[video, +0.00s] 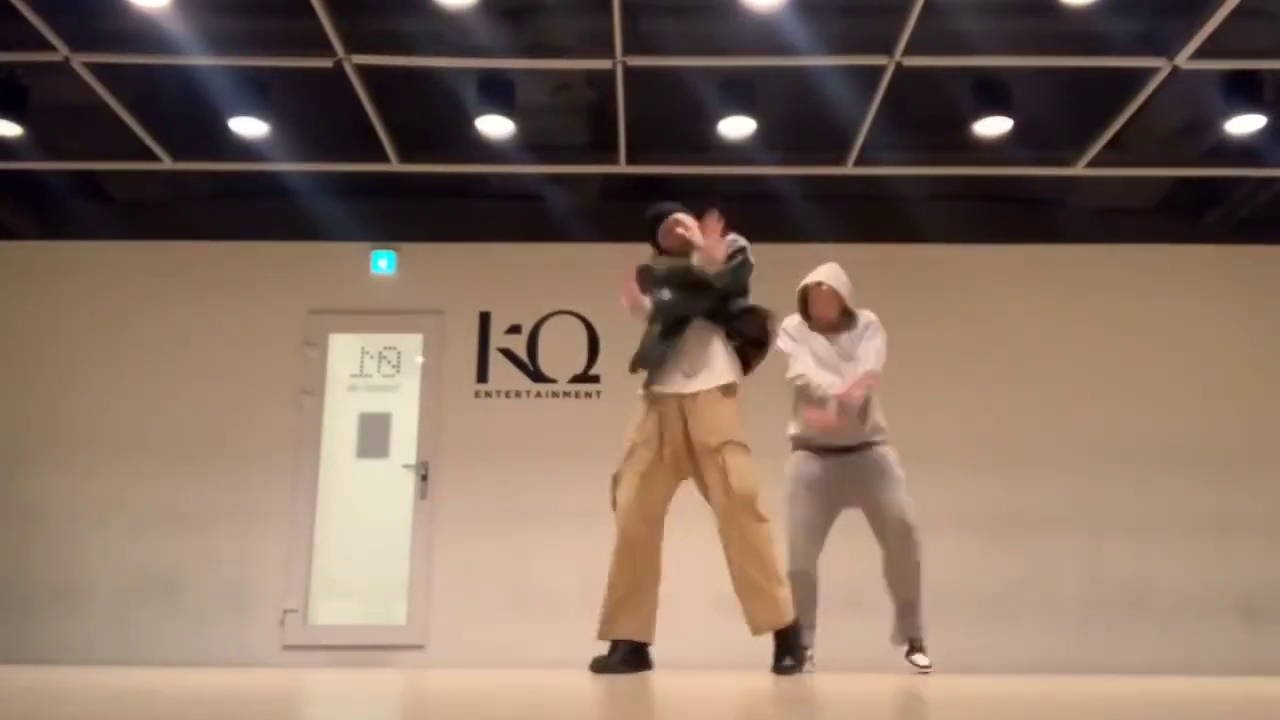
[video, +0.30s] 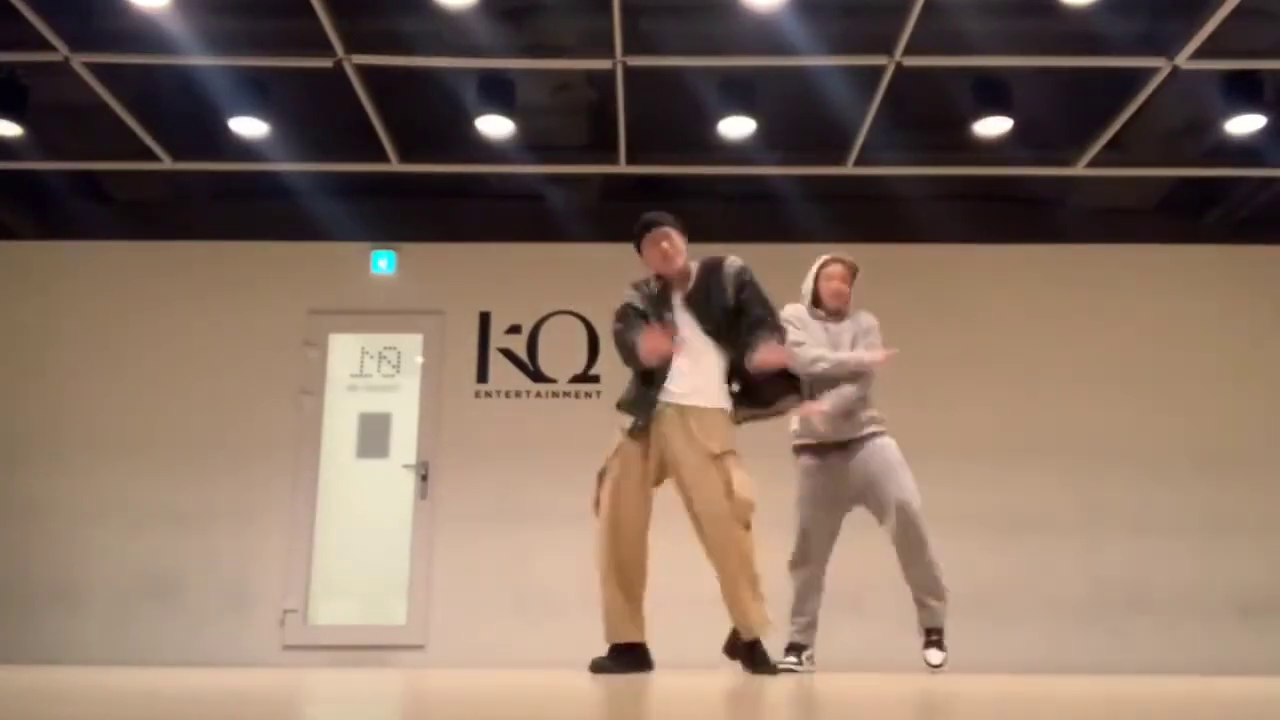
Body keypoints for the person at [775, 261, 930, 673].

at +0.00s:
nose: (819, 301)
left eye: (827, 293)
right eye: (813, 293)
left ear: (843, 298)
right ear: (805, 298)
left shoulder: (867, 325)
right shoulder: (792, 329)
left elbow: (870, 366)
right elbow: (800, 372)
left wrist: (844, 399)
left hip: (869, 454)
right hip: (813, 457)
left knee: (901, 530)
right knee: (800, 554)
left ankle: (913, 637)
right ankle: (801, 644)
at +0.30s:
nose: (839, 287)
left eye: (845, 281)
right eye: (831, 279)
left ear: (852, 289)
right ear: (814, 285)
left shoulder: (864, 324)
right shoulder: (792, 319)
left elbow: (860, 384)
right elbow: (806, 361)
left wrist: (825, 406)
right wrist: (862, 360)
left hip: (868, 443)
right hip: (817, 454)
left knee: (906, 510)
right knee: (808, 553)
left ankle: (932, 627)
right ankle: (799, 644)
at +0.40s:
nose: (838, 281)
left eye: (846, 276)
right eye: (832, 274)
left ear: (858, 288)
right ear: (820, 283)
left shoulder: (876, 331)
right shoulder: (802, 318)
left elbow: (901, 378)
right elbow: (799, 369)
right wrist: (848, 385)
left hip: (872, 448)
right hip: (820, 452)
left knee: (903, 526)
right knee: (813, 552)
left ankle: (916, 638)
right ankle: (800, 644)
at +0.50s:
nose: (857, 282)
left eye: (864, 277)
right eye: (850, 276)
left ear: (876, 287)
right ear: (836, 285)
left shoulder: (895, 335)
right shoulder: (817, 322)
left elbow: (927, 368)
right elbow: (783, 364)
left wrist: (954, 380)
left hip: (882, 456)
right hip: (827, 455)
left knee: (897, 545)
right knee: (811, 551)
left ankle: (906, 647)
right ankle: (799, 645)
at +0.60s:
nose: (876, 283)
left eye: (882, 278)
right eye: (867, 276)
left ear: (889, 289)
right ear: (850, 283)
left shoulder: (902, 330)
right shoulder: (821, 323)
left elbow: (948, 349)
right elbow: (771, 338)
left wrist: (933, 360)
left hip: (894, 450)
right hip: (843, 447)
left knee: (901, 548)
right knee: (823, 533)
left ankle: (905, 647)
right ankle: (804, 633)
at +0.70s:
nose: (872, 286)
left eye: (879, 280)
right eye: (865, 279)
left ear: (888, 291)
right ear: (849, 286)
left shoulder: (906, 334)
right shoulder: (828, 329)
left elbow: (957, 347)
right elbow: (788, 340)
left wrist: (971, 365)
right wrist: (807, 341)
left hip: (905, 441)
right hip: (858, 436)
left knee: (908, 539)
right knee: (864, 517)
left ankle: (905, 646)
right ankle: (838, 624)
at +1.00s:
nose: (879, 279)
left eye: (887, 275)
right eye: (871, 275)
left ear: (896, 289)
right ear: (859, 288)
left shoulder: (910, 327)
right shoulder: (847, 323)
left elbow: (940, 362)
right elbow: (815, 345)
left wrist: (921, 326)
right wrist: (853, 307)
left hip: (907, 440)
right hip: (858, 424)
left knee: (911, 546)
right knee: (854, 474)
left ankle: (905, 646)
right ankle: (860, 569)